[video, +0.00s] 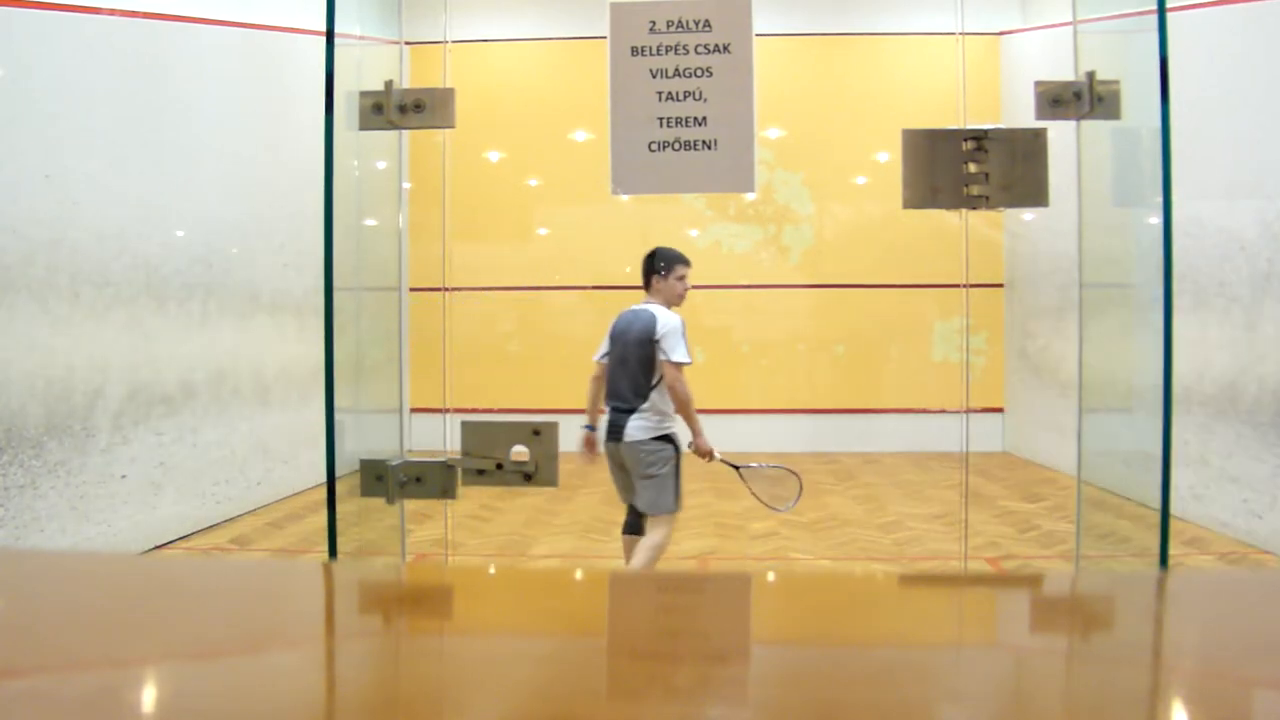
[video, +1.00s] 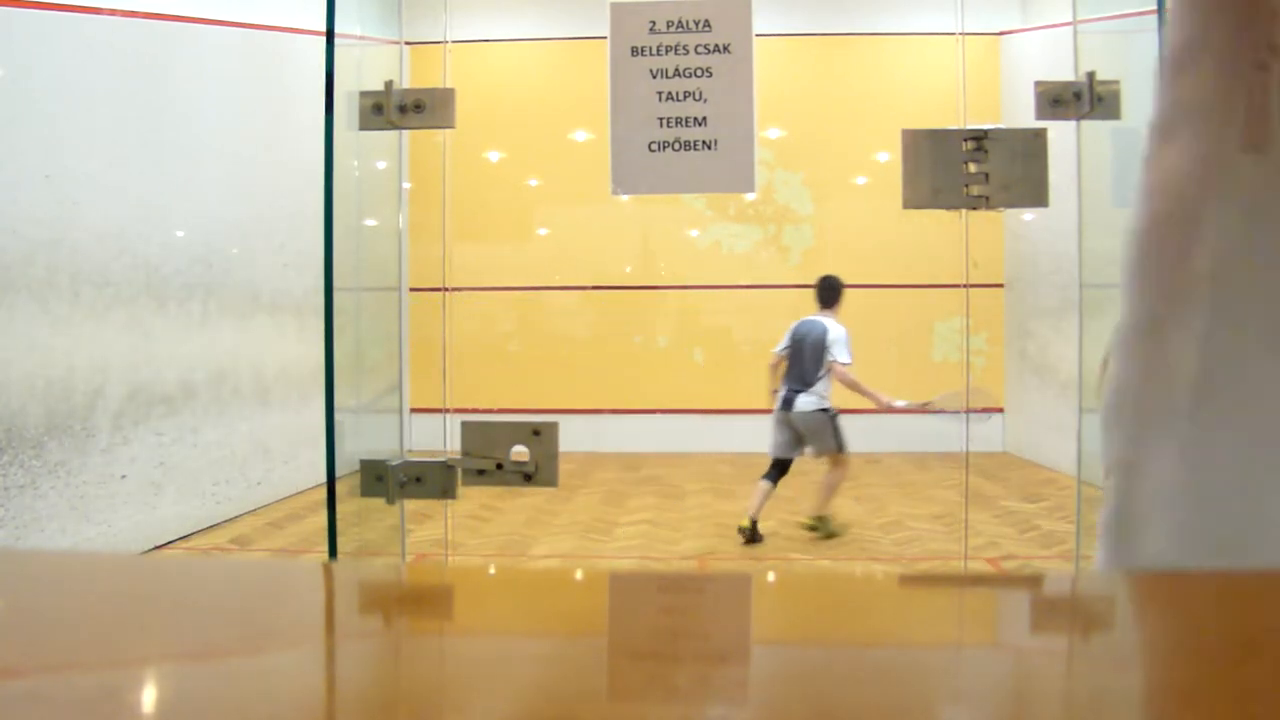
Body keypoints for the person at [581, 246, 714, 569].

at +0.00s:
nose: (687, 287)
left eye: (687, 280)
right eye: (681, 279)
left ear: (657, 281)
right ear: (658, 279)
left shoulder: (622, 319)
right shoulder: (668, 321)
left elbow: (599, 375)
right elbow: (673, 381)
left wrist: (591, 425)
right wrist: (697, 434)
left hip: (615, 437)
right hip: (651, 438)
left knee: (636, 514)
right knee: (660, 526)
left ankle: (631, 586)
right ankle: (628, 590)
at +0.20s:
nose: (711, 283)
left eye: (711, 276)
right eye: (706, 276)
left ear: (681, 280)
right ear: (685, 278)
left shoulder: (649, 315)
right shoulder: (695, 317)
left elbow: (639, 375)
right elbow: (694, 373)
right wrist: (711, 426)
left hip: (638, 421)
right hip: (676, 422)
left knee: (641, 501)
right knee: (704, 493)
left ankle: (633, 577)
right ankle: (695, 567)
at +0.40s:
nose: (743, 299)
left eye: (742, 293)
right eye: (741, 293)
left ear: (710, 298)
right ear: (731, 297)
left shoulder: (688, 329)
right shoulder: (735, 334)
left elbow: (678, 378)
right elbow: (729, 383)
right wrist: (745, 433)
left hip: (674, 425)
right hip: (713, 427)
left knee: (664, 497)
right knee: (729, 491)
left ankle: (642, 557)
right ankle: (723, 555)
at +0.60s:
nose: (778, 297)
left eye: (774, 292)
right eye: (777, 293)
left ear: (748, 295)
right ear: (773, 296)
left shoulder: (725, 324)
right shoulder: (776, 332)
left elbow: (697, 369)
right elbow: (776, 379)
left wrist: (707, 402)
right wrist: (793, 424)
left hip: (711, 410)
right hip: (745, 414)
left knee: (716, 476)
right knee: (741, 489)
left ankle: (698, 528)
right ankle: (725, 552)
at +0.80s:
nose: (801, 299)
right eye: (802, 294)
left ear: (775, 297)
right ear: (800, 297)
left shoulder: (755, 326)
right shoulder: (803, 332)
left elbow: (722, 360)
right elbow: (812, 377)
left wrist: (708, 396)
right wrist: (837, 410)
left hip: (746, 408)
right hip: (776, 412)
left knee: (753, 471)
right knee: (771, 481)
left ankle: (747, 526)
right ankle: (744, 518)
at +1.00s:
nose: (839, 300)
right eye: (840, 296)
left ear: (817, 297)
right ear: (839, 298)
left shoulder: (799, 326)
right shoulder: (836, 330)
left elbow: (775, 361)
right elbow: (840, 374)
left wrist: (775, 391)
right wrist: (876, 398)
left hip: (785, 407)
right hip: (813, 409)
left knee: (778, 465)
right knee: (839, 461)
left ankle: (750, 521)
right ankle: (819, 515)